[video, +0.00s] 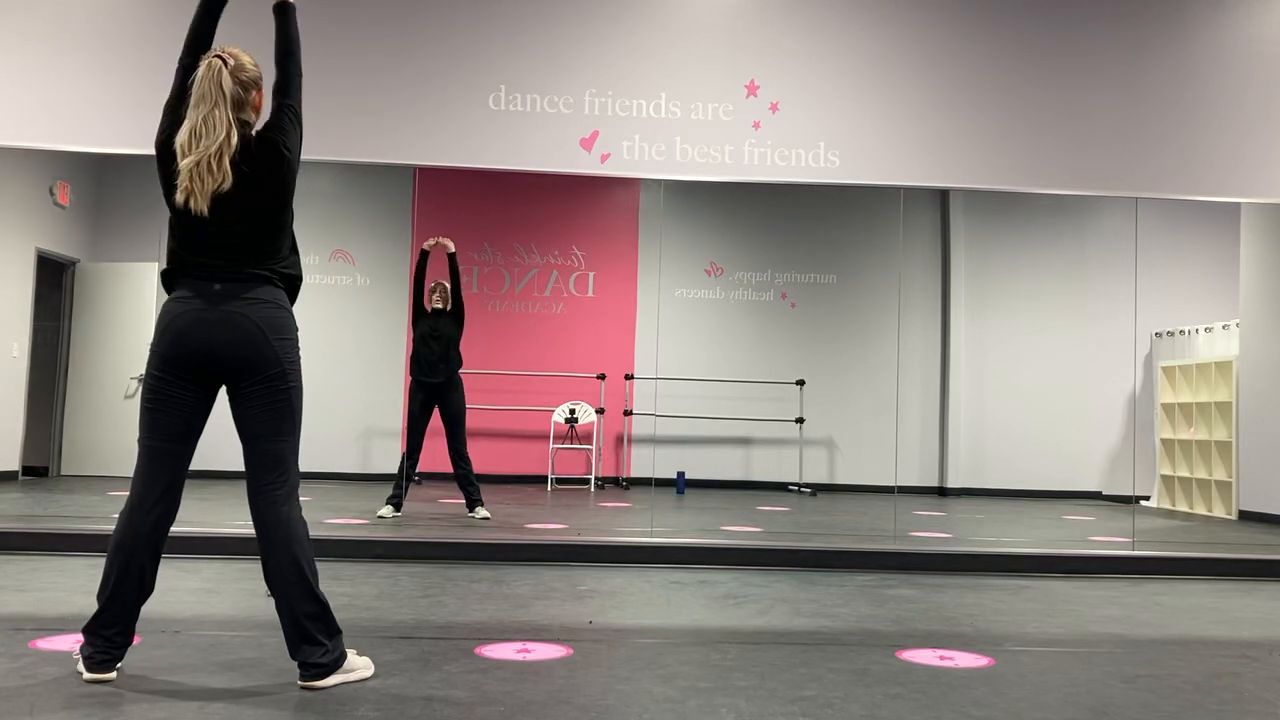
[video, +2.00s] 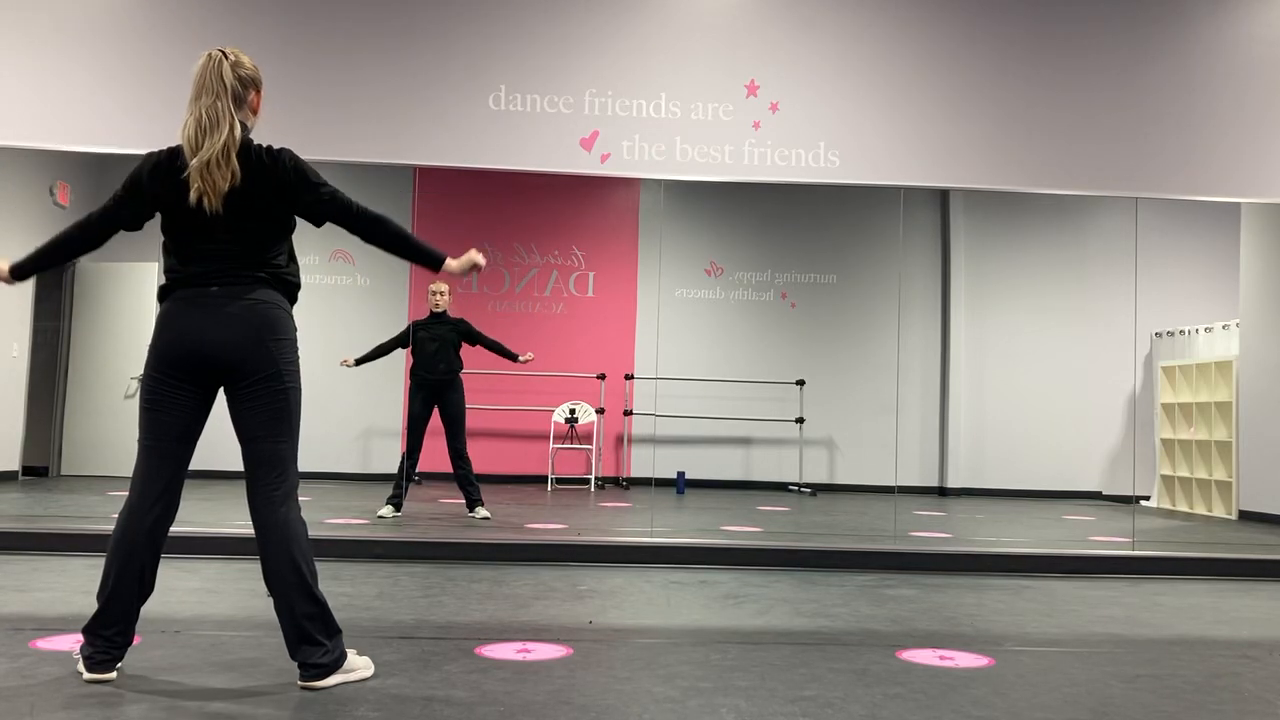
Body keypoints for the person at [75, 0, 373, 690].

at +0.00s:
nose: (264, 99)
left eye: (257, 88)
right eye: (262, 89)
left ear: (197, 93)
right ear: (253, 97)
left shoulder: (175, 146)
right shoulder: (274, 147)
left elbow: (192, 60)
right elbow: (288, 77)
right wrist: (286, 2)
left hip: (183, 319)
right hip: (262, 320)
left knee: (152, 488)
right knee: (276, 494)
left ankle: (102, 647)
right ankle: (318, 656)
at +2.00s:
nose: (263, 104)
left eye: (258, 95)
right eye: (262, 95)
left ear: (198, 97)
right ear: (252, 100)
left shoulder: (162, 168)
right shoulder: (280, 167)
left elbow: (98, 226)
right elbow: (360, 221)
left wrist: (21, 267)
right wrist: (444, 262)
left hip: (180, 324)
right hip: (260, 325)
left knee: (150, 491)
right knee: (275, 493)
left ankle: (101, 649)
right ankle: (319, 656)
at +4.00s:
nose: (271, 109)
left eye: (268, 99)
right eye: (269, 101)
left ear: (207, 99)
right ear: (257, 104)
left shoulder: (174, 166)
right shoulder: (285, 165)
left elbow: (169, 235)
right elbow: (309, 239)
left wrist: (234, 217)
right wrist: (271, 198)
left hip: (180, 327)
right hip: (261, 327)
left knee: (150, 490)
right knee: (286, 496)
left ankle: (100, 649)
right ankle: (338, 658)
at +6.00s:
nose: (278, 112)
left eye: (275, 102)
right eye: (276, 102)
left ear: (214, 101)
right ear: (264, 105)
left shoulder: (178, 167)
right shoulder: (283, 164)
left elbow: (193, 241)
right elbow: (329, 233)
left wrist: (289, 248)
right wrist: (301, 236)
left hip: (189, 328)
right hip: (269, 327)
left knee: (156, 490)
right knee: (292, 496)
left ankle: (101, 648)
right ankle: (338, 659)